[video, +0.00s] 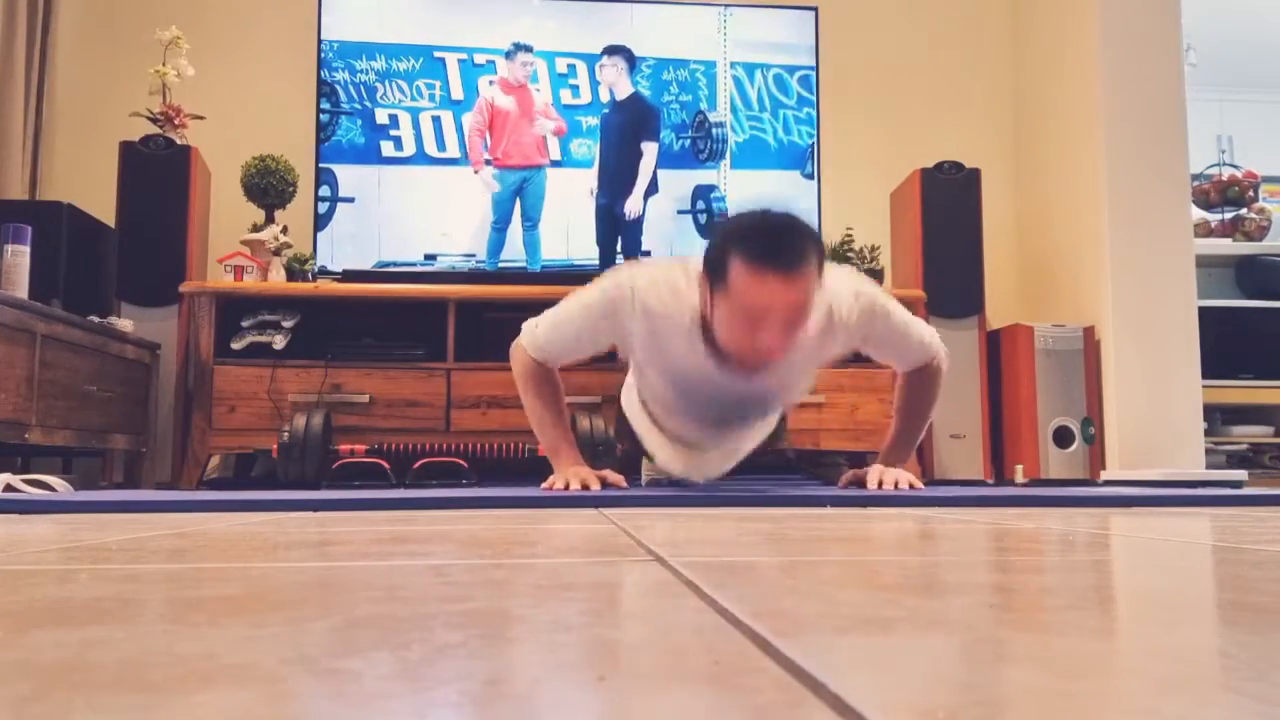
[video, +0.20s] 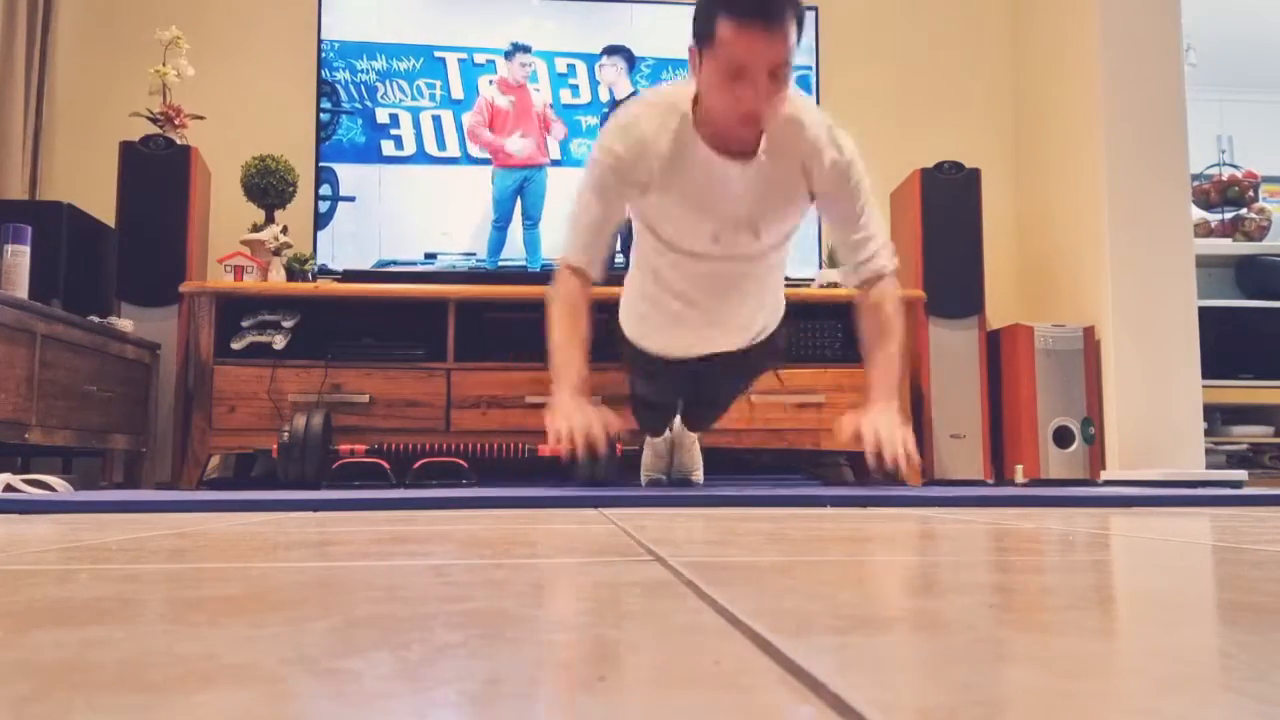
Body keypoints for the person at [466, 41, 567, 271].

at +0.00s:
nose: (529, 70)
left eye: (531, 65)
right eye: (524, 64)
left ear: (533, 66)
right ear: (508, 64)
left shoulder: (537, 96)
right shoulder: (491, 96)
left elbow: (562, 127)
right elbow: (475, 131)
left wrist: (552, 126)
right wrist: (480, 167)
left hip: (535, 170)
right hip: (505, 170)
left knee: (532, 223)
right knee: (500, 224)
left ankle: (535, 270)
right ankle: (490, 269)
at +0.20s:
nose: (528, 70)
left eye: (530, 65)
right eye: (523, 65)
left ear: (532, 66)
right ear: (508, 64)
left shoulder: (537, 95)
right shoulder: (491, 95)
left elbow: (554, 127)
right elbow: (474, 129)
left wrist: (557, 128)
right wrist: (503, 144)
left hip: (536, 168)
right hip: (506, 169)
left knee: (532, 222)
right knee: (501, 222)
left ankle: (535, 268)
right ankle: (490, 266)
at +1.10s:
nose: (548, 74)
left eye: (550, 68)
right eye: (544, 68)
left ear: (552, 67)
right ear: (527, 66)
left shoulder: (554, 93)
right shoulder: (510, 95)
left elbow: (574, 106)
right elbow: (501, 134)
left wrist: (588, 112)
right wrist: (538, 147)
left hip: (544, 168)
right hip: (517, 167)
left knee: (538, 217)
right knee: (508, 216)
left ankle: (539, 264)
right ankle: (496, 260)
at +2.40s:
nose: (527, 57)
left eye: (527, 52)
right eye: (521, 53)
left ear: (530, 56)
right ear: (507, 57)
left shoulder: (535, 87)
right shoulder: (495, 87)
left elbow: (558, 118)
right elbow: (482, 121)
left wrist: (550, 102)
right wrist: (514, 135)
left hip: (538, 156)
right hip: (510, 157)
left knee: (540, 208)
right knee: (509, 208)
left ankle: (548, 253)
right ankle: (506, 253)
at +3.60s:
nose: (528, 51)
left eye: (533, 48)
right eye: (524, 46)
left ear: (537, 53)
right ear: (513, 48)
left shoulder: (540, 83)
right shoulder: (498, 78)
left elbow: (562, 116)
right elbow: (479, 111)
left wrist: (545, 96)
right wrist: (507, 129)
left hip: (533, 155)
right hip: (504, 153)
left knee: (527, 206)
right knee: (488, 205)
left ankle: (525, 257)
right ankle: (467, 259)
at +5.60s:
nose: (519, 53)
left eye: (520, 48)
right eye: (515, 48)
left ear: (505, 50)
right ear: (499, 50)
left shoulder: (518, 79)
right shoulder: (479, 79)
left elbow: (540, 116)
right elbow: (466, 115)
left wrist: (527, 97)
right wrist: (504, 122)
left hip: (520, 155)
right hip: (491, 155)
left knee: (518, 208)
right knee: (478, 209)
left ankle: (527, 255)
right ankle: (465, 262)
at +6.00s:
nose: (516, 53)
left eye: (516, 48)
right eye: (511, 48)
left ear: (506, 51)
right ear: (495, 50)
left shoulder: (518, 80)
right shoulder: (480, 81)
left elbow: (543, 109)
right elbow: (469, 115)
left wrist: (533, 94)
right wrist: (506, 122)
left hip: (519, 155)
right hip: (491, 155)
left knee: (518, 208)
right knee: (478, 209)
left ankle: (527, 254)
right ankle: (465, 261)